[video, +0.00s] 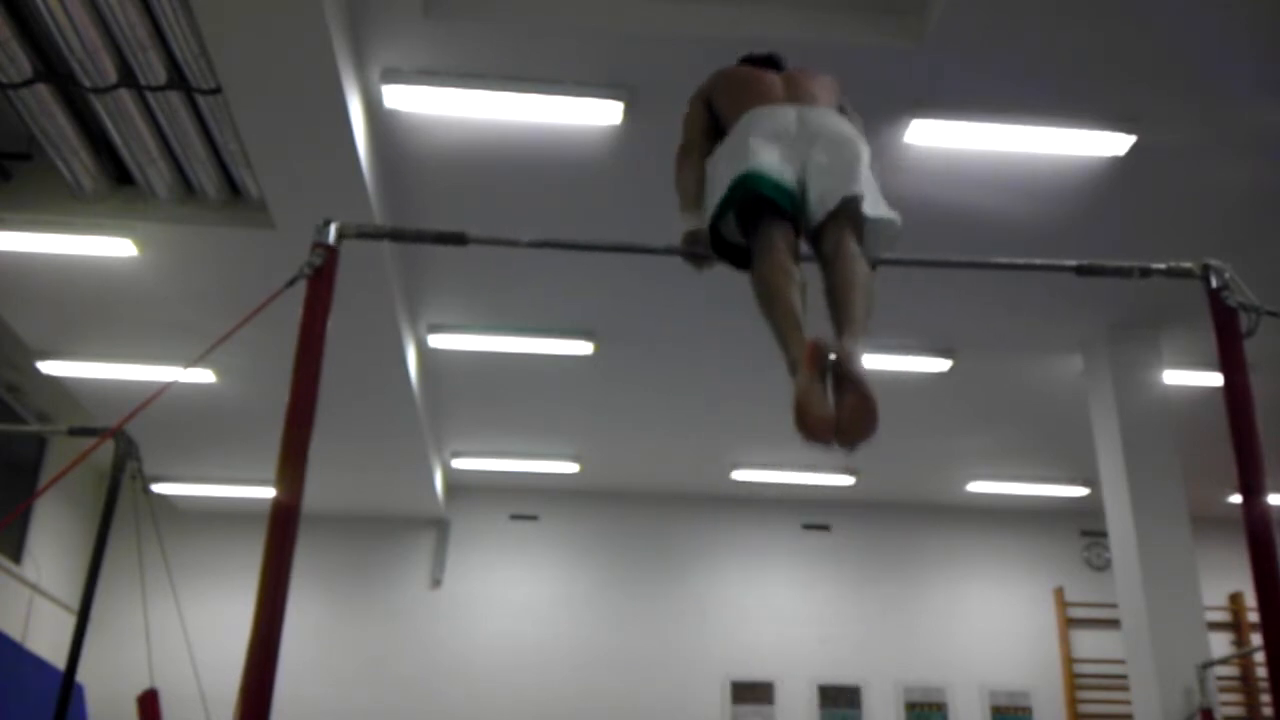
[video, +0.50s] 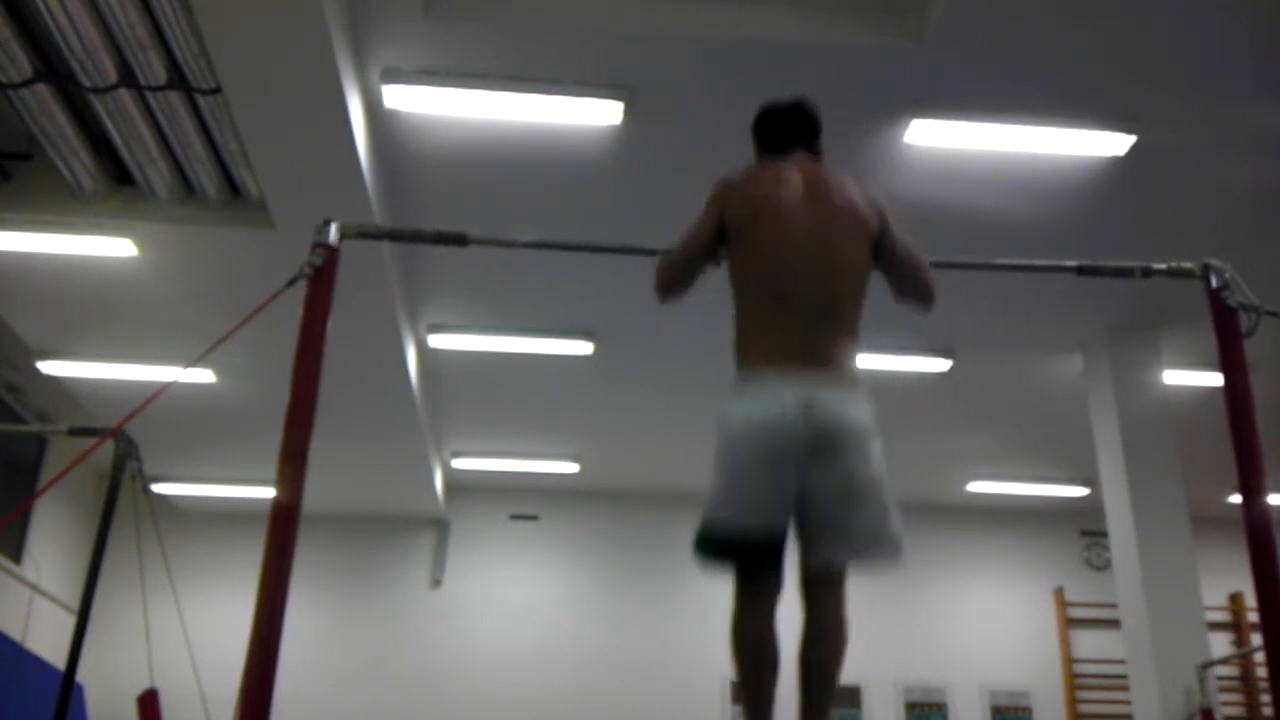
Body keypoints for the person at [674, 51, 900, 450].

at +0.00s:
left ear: (735, 72)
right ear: (785, 70)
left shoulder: (718, 84)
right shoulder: (823, 85)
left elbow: (691, 150)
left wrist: (692, 221)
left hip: (755, 128)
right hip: (835, 131)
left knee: (771, 244)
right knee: (842, 238)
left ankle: (802, 365)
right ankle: (851, 360)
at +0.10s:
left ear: (738, 102)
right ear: (792, 99)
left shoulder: (722, 112)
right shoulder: (824, 112)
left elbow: (682, 147)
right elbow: (871, 156)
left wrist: (691, 227)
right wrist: (877, 226)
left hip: (760, 178)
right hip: (838, 181)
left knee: (775, 310)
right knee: (848, 315)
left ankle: (807, 431)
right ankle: (858, 431)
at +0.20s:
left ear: (741, 131)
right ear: (795, 130)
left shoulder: (726, 142)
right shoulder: (826, 147)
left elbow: (678, 155)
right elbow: (890, 173)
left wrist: (692, 239)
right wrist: (873, 248)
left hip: (762, 244)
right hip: (837, 250)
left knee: (775, 379)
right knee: (849, 383)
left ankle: (805, 514)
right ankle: (857, 514)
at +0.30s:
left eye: (738, 136)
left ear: (743, 134)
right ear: (801, 133)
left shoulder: (731, 147)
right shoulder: (833, 156)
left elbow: (678, 151)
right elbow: (902, 169)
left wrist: (693, 236)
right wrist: (873, 244)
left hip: (761, 283)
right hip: (835, 283)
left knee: (770, 457)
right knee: (843, 453)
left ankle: (793, 610)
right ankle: (842, 611)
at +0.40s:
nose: (759, 133)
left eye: (754, 125)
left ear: (750, 125)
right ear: (807, 125)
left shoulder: (734, 150)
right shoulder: (845, 160)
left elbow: (677, 203)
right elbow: (911, 215)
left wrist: (704, 245)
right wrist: (867, 251)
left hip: (763, 323)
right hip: (840, 325)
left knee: (763, 512)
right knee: (834, 512)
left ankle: (776, 687)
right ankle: (823, 685)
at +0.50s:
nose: (759, 159)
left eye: (758, 149)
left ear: (757, 147)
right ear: (819, 147)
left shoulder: (736, 194)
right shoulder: (858, 201)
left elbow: (669, 280)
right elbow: (921, 289)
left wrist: (716, 237)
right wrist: (870, 240)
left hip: (760, 405)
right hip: (840, 405)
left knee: (756, 590)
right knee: (826, 587)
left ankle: (758, 717)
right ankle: (815, 718)